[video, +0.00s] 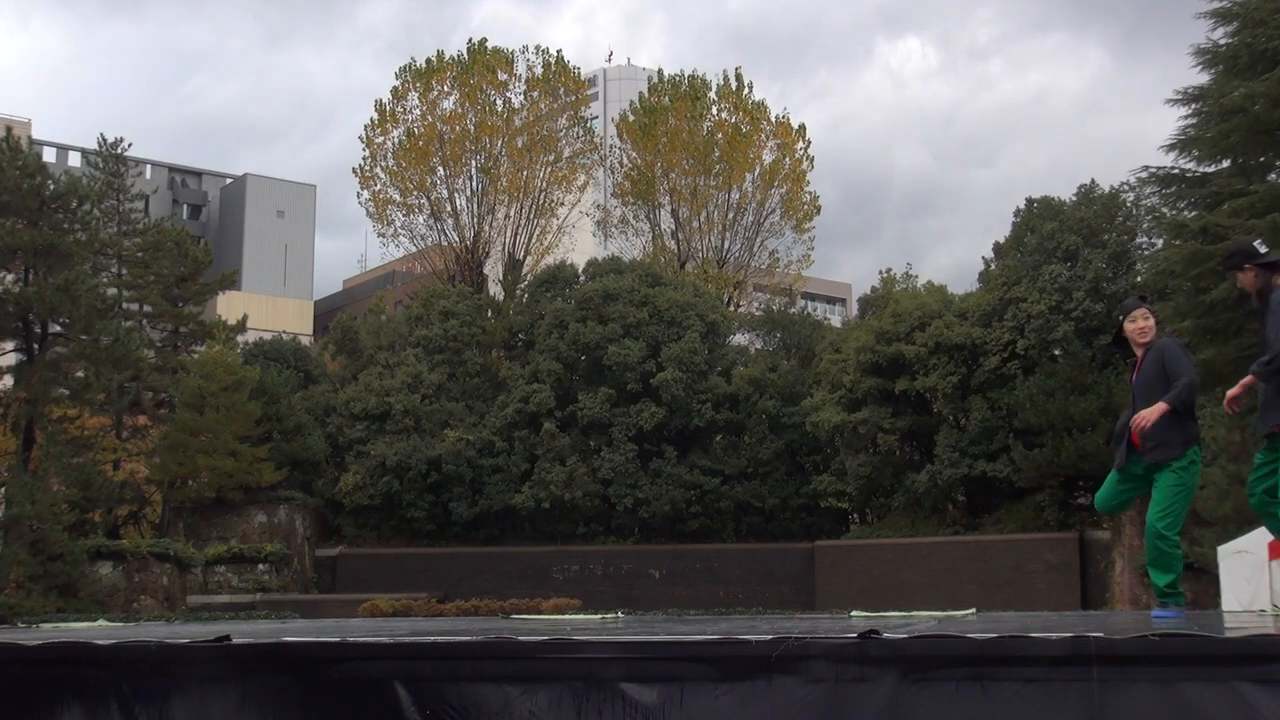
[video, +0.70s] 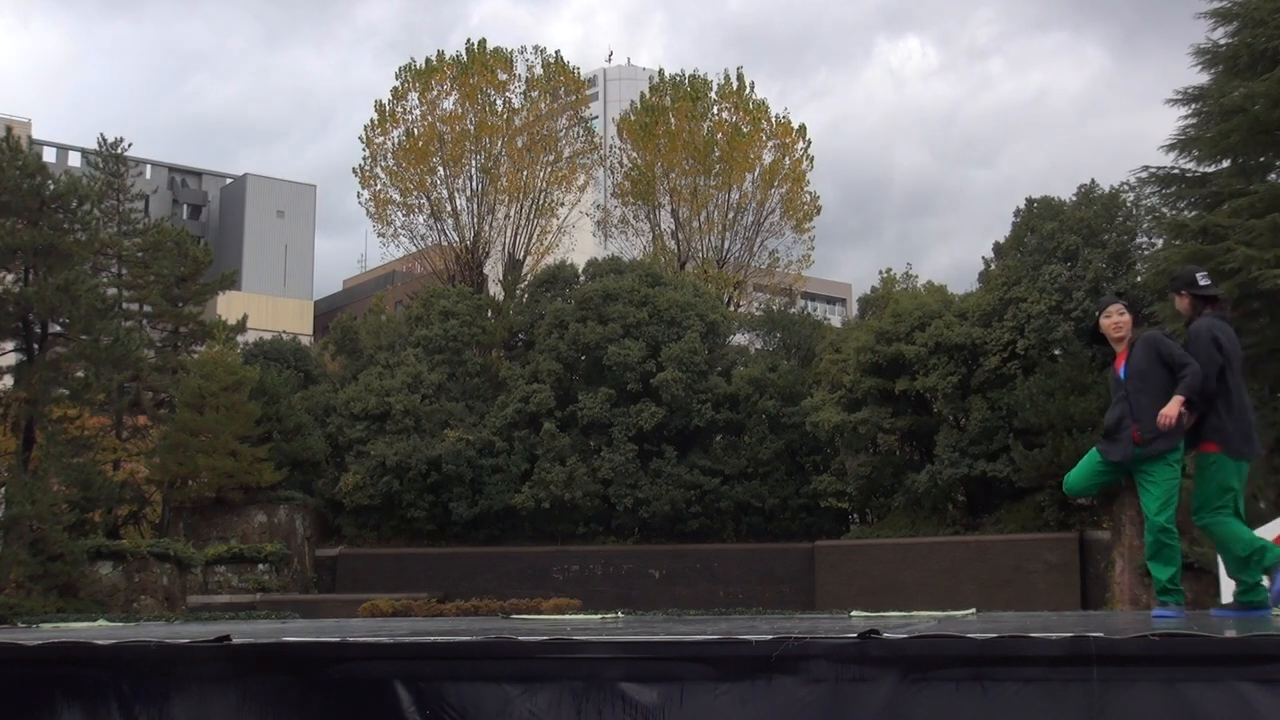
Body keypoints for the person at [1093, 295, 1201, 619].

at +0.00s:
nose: (1141, 325)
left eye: (1146, 318)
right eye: (1133, 321)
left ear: (1155, 323)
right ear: (1124, 330)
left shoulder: (1166, 347)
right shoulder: (1137, 366)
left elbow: (1188, 382)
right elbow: (1143, 405)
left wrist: (1159, 408)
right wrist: (1129, 429)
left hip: (1177, 456)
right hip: (1139, 457)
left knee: (1158, 526)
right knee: (1104, 503)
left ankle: (1170, 602)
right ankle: (1154, 476)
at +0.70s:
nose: (1116, 320)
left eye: (1121, 314)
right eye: (1109, 317)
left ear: (1132, 319)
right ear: (1101, 328)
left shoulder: (1151, 341)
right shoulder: (1115, 366)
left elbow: (1192, 369)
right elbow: (1128, 402)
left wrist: (1175, 401)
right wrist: (1118, 427)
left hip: (1159, 447)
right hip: (1119, 445)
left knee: (1160, 523)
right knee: (1073, 485)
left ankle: (1169, 599)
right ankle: (1116, 477)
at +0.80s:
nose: (1106, 322)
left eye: (1110, 316)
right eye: (1098, 319)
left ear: (1121, 321)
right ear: (1090, 330)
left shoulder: (1142, 343)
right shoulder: (1106, 370)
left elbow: (1184, 369)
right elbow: (1120, 408)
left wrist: (1167, 401)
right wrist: (1109, 435)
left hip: (1154, 448)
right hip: (1113, 448)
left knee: (1156, 523)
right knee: (1070, 490)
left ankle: (1170, 599)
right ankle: (1110, 508)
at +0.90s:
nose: (1095, 324)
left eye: (1100, 317)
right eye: (1088, 321)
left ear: (1111, 323)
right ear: (1081, 332)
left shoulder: (1134, 347)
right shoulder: (1091, 375)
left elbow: (1173, 375)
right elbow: (1098, 427)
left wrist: (1152, 403)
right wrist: (1062, 441)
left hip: (1148, 451)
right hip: (1108, 456)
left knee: (1151, 525)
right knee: (1074, 504)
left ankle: (1170, 599)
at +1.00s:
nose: (1084, 329)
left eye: (1089, 323)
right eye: (1077, 325)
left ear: (1101, 329)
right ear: (1069, 335)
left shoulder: (1115, 357)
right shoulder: (1076, 381)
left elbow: (1156, 384)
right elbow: (1075, 426)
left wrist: (1134, 407)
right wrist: (1041, 434)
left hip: (1137, 458)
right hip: (1100, 467)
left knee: (1142, 527)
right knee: (1087, 531)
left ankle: (1169, 599)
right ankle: (1093, 601)